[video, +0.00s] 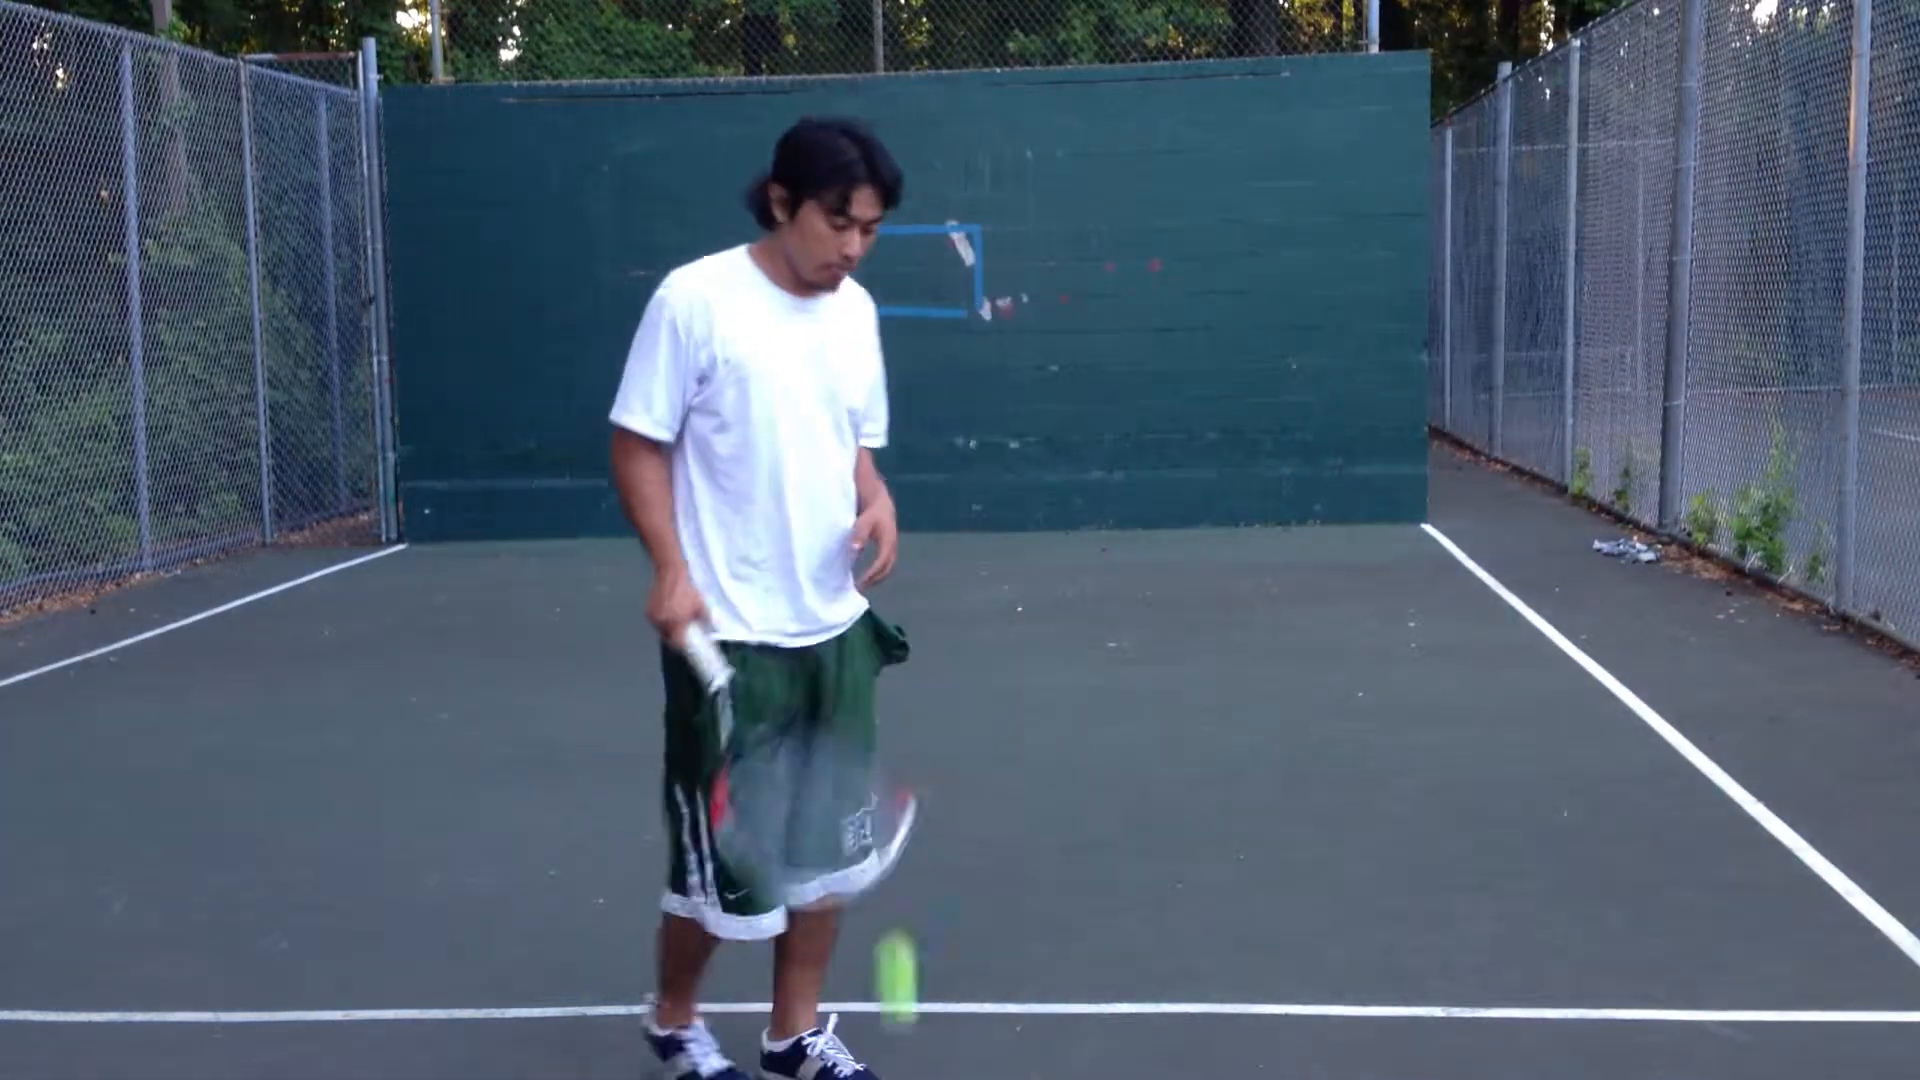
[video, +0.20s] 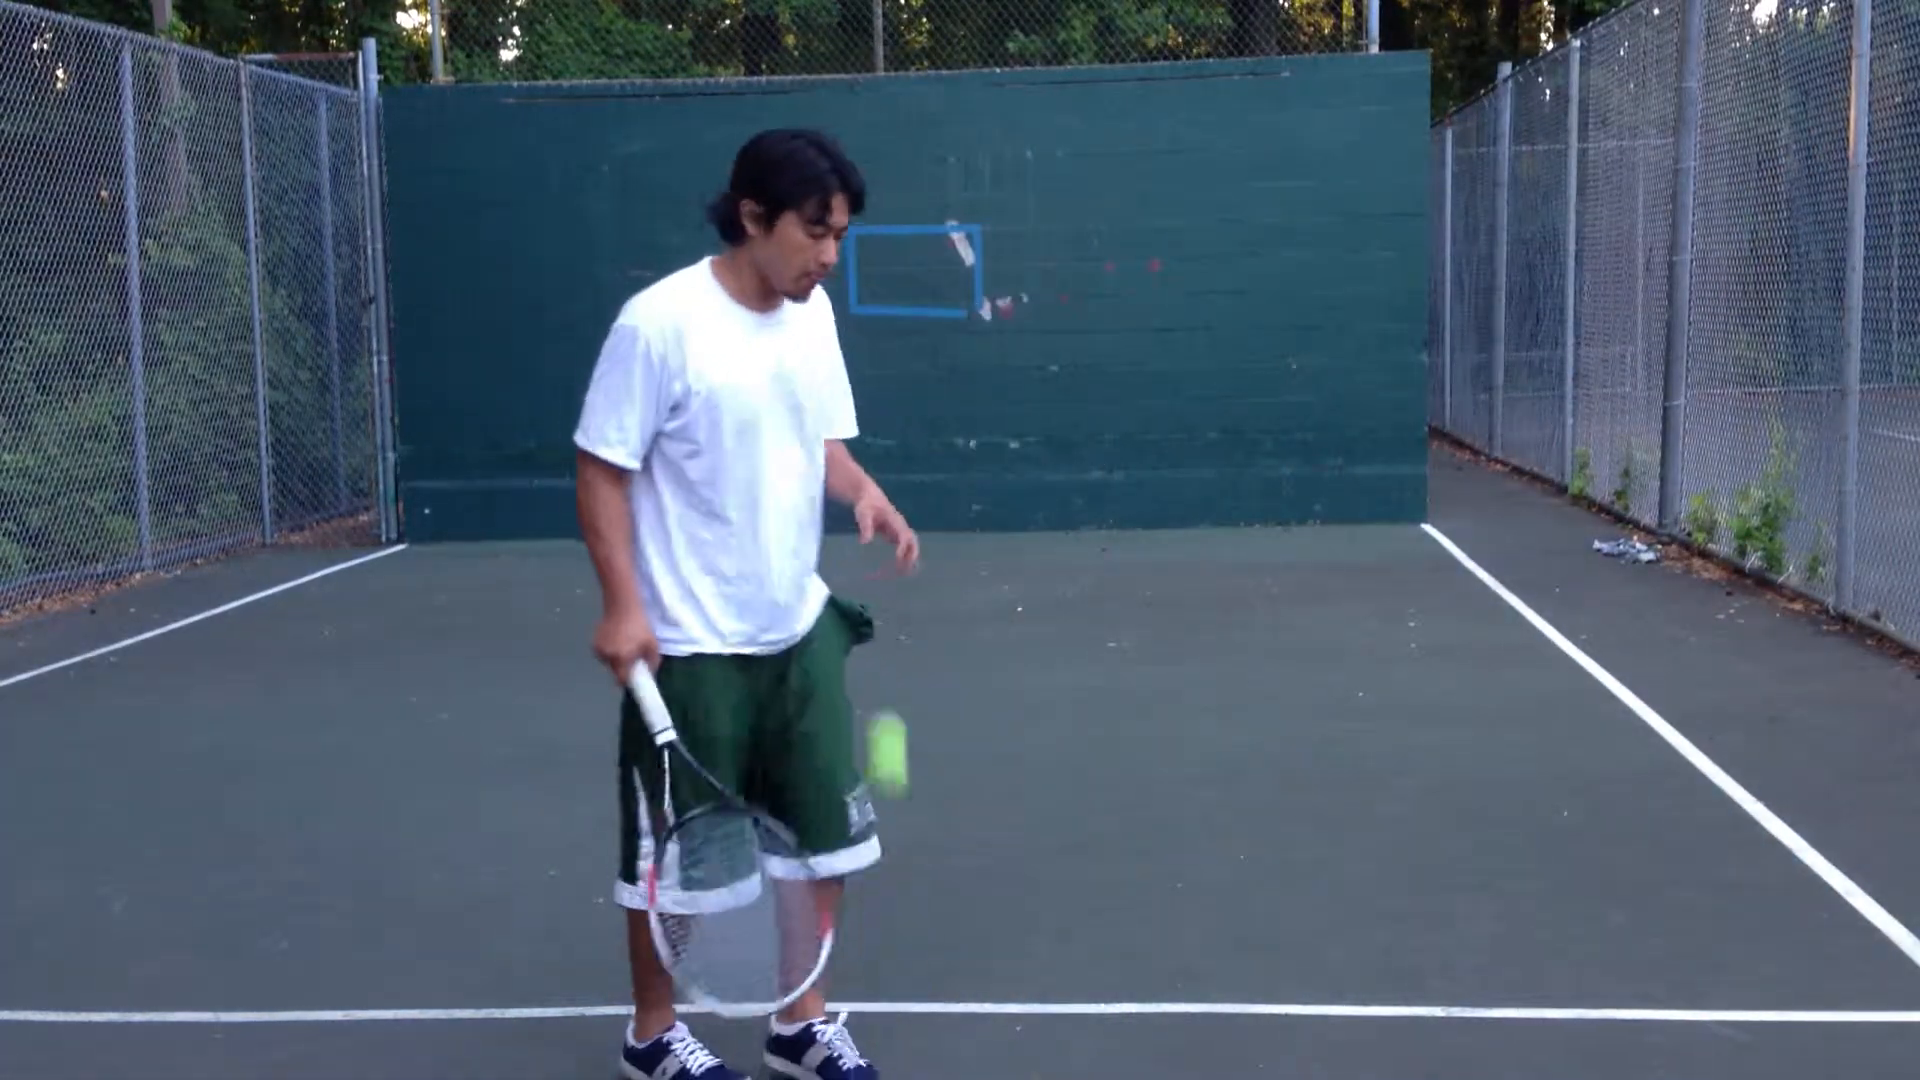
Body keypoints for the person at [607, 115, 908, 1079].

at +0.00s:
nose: (854, 249)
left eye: (869, 229)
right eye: (840, 224)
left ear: (877, 223)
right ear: (782, 206)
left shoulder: (853, 308)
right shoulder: (692, 299)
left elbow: (849, 439)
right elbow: (636, 444)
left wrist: (877, 496)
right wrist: (670, 568)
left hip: (835, 628)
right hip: (727, 635)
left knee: (828, 850)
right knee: (721, 856)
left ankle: (795, 1037)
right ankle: (673, 1025)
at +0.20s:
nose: (830, 257)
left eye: (838, 237)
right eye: (817, 234)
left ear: (827, 232)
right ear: (753, 217)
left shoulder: (811, 311)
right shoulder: (657, 323)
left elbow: (814, 439)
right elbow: (601, 469)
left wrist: (863, 490)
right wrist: (624, 603)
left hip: (796, 628)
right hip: (685, 641)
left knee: (817, 839)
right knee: (668, 853)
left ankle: (802, 1021)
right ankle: (655, 1033)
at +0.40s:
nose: (834, 244)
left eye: (833, 225)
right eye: (823, 226)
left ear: (772, 233)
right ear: (768, 232)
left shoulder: (799, 314)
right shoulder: (639, 322)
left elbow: (804, 438)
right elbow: (574, 457)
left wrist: (833, 508)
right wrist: (596, 584)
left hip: (768, 627)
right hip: (663, 636)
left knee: (768, 833)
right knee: (661, 851)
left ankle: (715, 993)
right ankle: (652, 1034)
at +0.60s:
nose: (842, 248)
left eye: (840, 231)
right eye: (836, 232)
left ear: (775, 233)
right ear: (800, 239)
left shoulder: (792, 316)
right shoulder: (663, 323)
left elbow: (794, 460)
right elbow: (587, 455)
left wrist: (848, 555)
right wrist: (590, 563)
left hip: (751, 614)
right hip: (655, 627)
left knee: (783, 792)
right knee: (652, 839)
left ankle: (734, 970)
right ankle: (653, 1032)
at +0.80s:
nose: (862, 269)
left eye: (864, 253)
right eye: (859, 252)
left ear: (810, 245)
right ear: (824, 247)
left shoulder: (792, 331)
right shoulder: (713, 326)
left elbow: (833, 443)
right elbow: (630, 444)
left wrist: (932, 490)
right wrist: (619, 533)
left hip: (730, 618)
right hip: (674, 619)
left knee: (736, 807)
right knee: (672, 833)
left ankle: (776, 976)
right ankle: (652, 1036)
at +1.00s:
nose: (876, 276)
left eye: (880, 260)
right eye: (875, 259)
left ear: (808, 242)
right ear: (838, 252)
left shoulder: (735, 291)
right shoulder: (779, 344)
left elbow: (796, 376)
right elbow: (748, 487)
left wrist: (904, 364)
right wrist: (767, 605)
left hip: (673, 591)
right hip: (728, 607)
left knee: (721, 803)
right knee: (734, 820)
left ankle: (776, 976)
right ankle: (660, 1017)